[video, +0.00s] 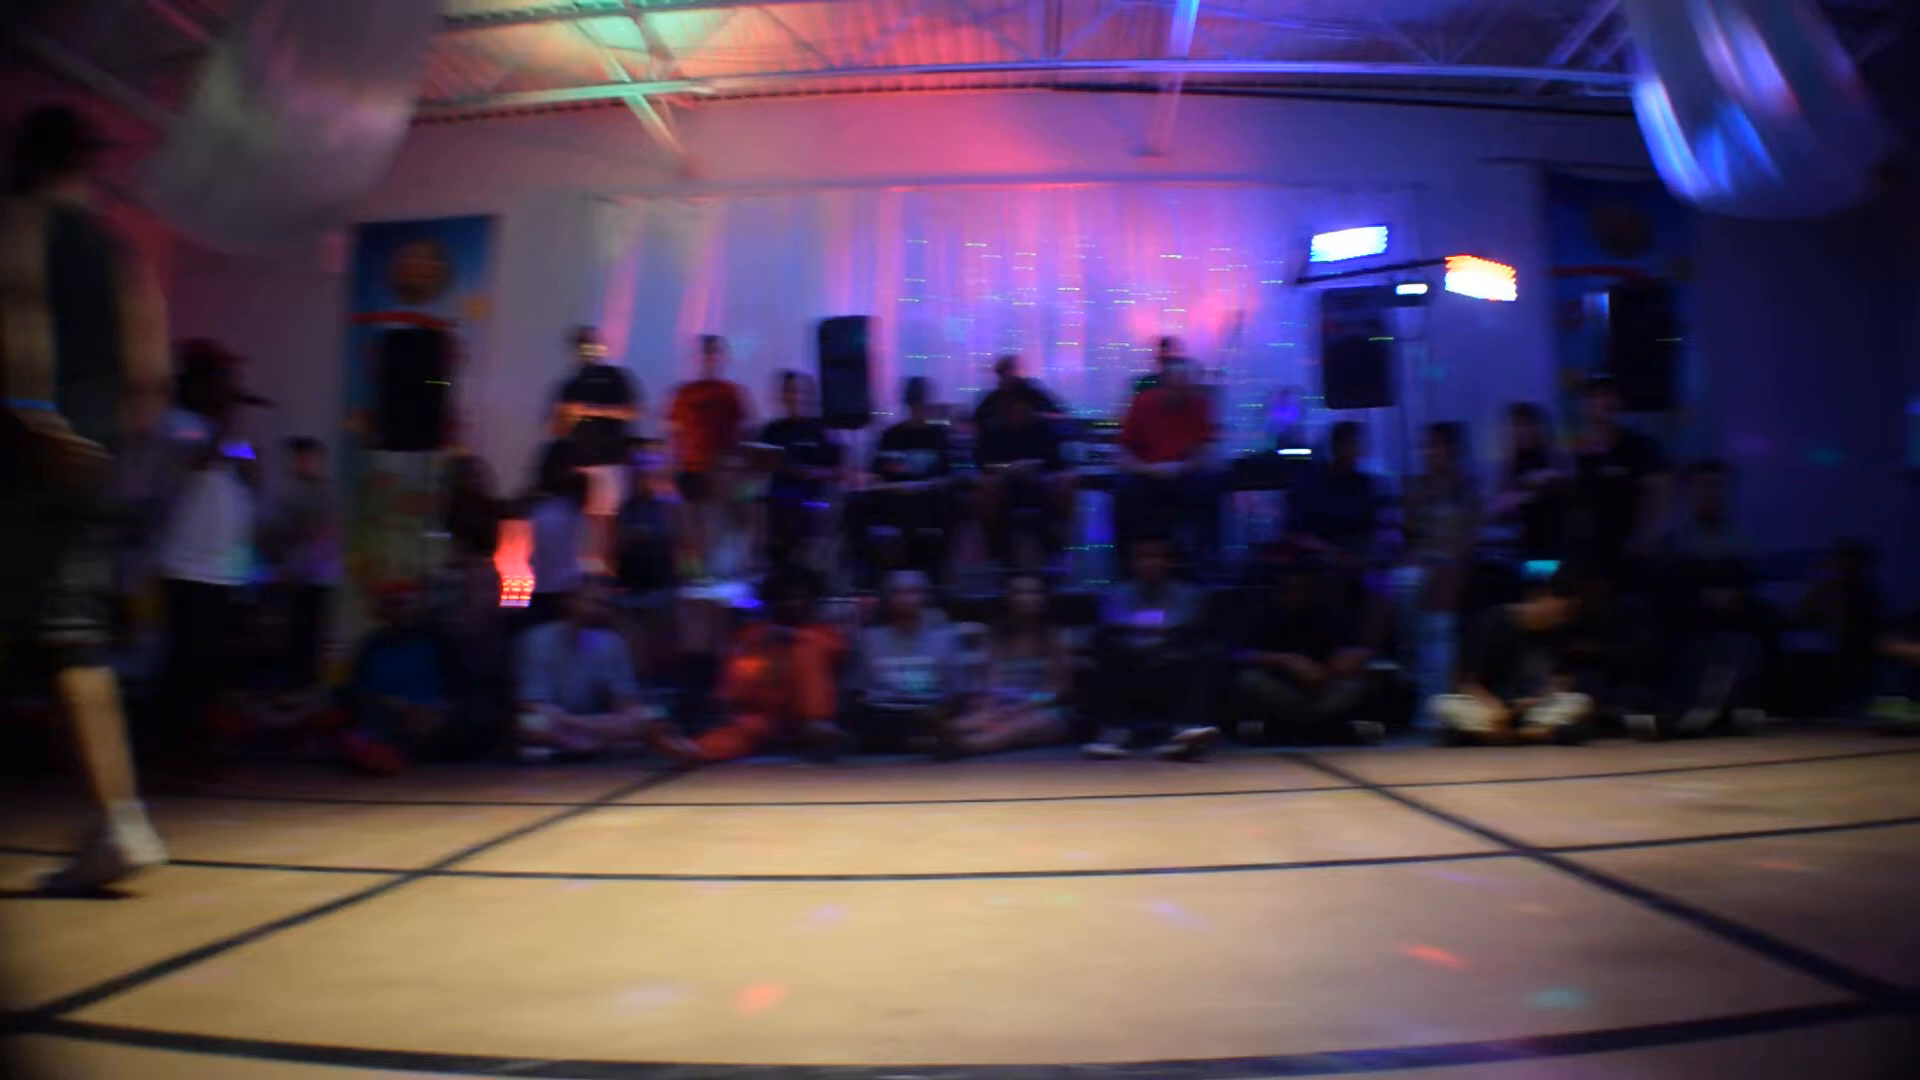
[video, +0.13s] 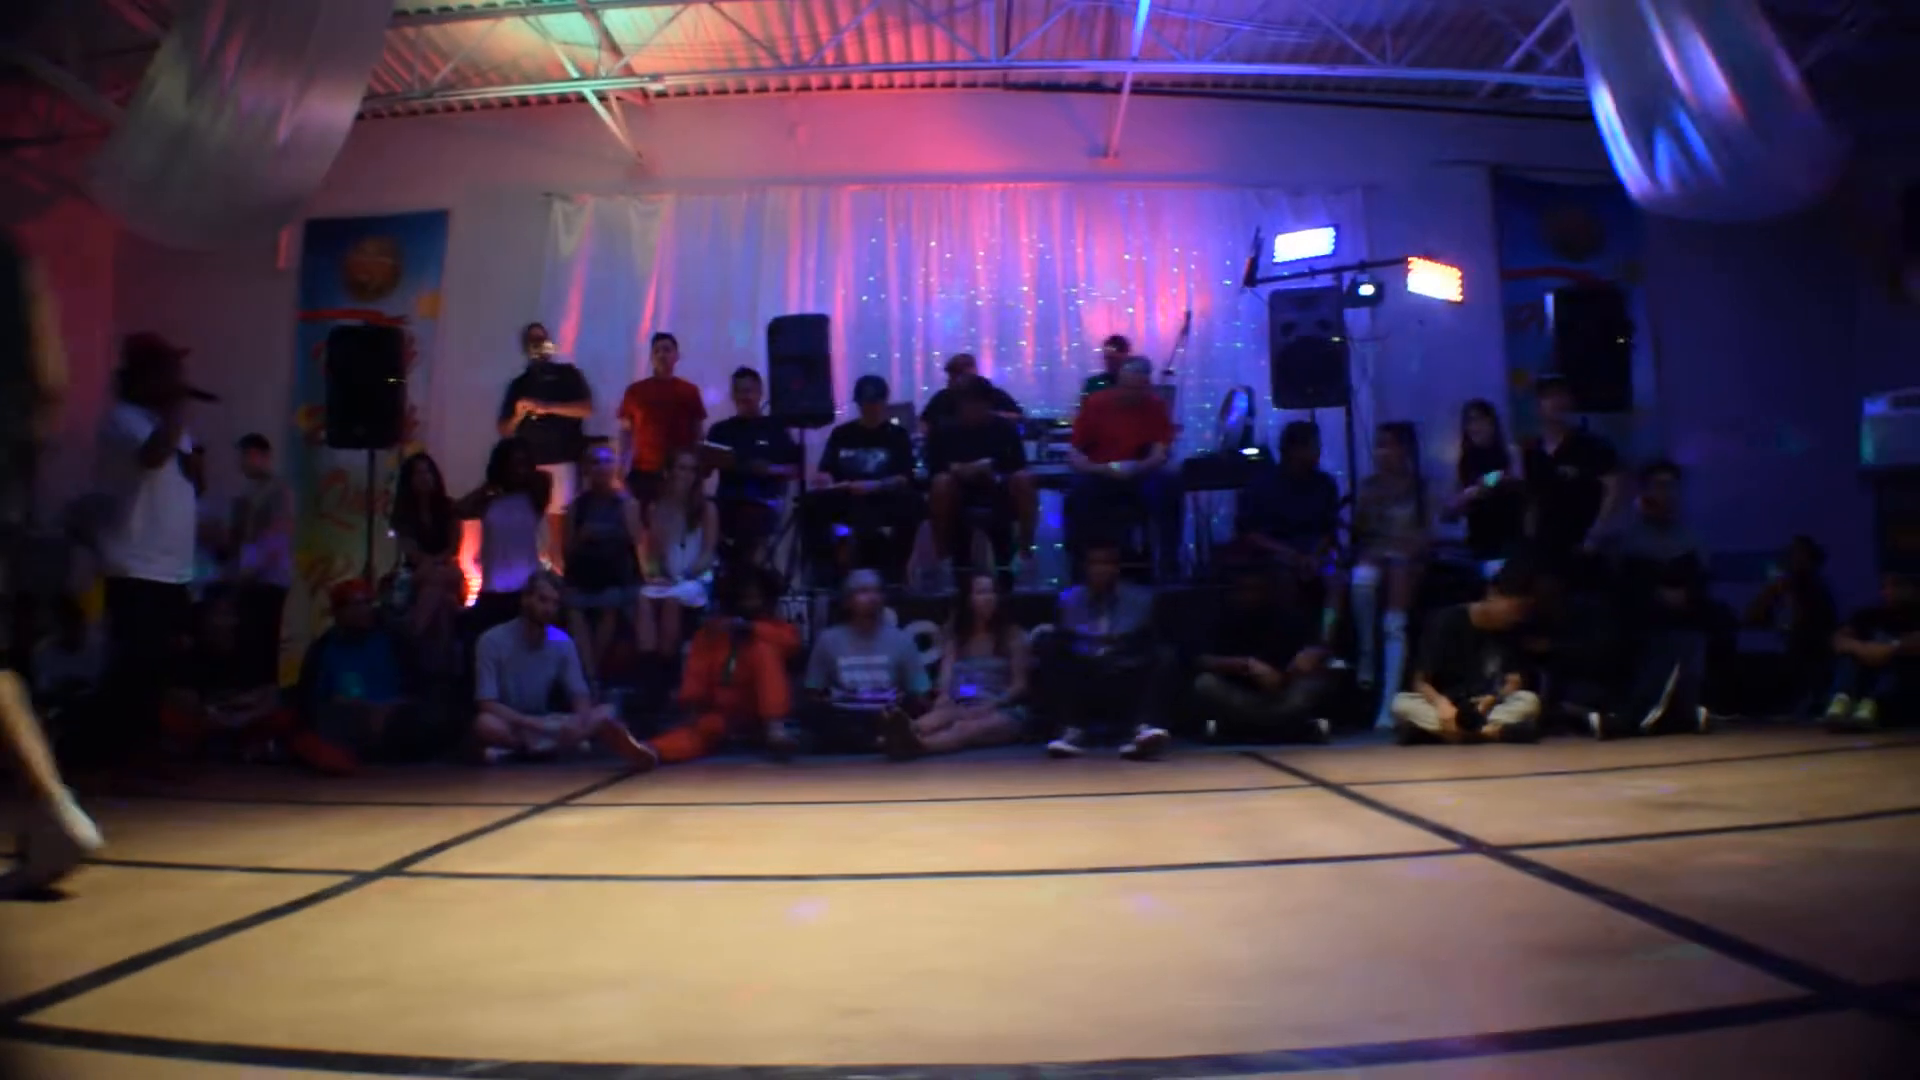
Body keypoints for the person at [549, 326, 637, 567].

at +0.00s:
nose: (589, 353)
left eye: (593, 347)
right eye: (584, 348)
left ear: (601, 349)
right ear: (577, 350)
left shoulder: (615, 378)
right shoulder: (573, 383)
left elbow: (632, 412)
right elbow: (559, 428)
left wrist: (592, 410)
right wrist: (571, 415)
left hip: (610, 457)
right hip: (580, 458)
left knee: (607, 512)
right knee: (585, 514)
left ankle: (607, 562)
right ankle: (587, 563)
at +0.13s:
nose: (538, 345)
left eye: (541, 339)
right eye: (532, 340)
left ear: (550, 342)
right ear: (525, 346)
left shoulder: (568, 374)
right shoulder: (519, 383)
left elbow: (585, 409)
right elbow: (505, 429)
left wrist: (547, 409)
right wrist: (518, 416)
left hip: (562, 458)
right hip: (529, 460)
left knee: (558, 518)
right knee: (529, 518)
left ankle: (560, 571)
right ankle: (532, 572)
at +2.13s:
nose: (549, 351)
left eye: (552, 345)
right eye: (543, 346)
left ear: (560, 349)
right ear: (533, 353)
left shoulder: (576, 379)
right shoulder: (525, 390)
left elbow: (595, 415)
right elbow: (513, 435)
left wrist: (559, 414)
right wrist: (527, 422)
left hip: (570, 461)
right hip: (537, 464)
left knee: (572, 523)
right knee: (538, 522)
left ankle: (576, 579)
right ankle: (538, 581)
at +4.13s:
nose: (549, 351)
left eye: (553, 346)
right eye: (544, 347)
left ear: (559, 351)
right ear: (534, 352)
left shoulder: (576, 380)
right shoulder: (525, 390)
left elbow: (593, 415)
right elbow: (512, 435)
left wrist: (557, 414)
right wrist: (524, 421)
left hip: (569, 464)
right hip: (536, 466)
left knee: (569, 524)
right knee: (535, 523)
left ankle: (570, 578)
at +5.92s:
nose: (548, 350)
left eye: (552, 346)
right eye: (542, 346)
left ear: (558, 350)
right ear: (531, 351)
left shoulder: (573, 379)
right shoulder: (522, 389)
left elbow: (592, 414)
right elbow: (509, 434)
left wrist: (555, 413)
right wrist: (524, 420)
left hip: (568, 463)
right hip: (534, 465)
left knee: (569, 525)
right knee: (535, 525)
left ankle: (572, 579)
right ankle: (538, 582)